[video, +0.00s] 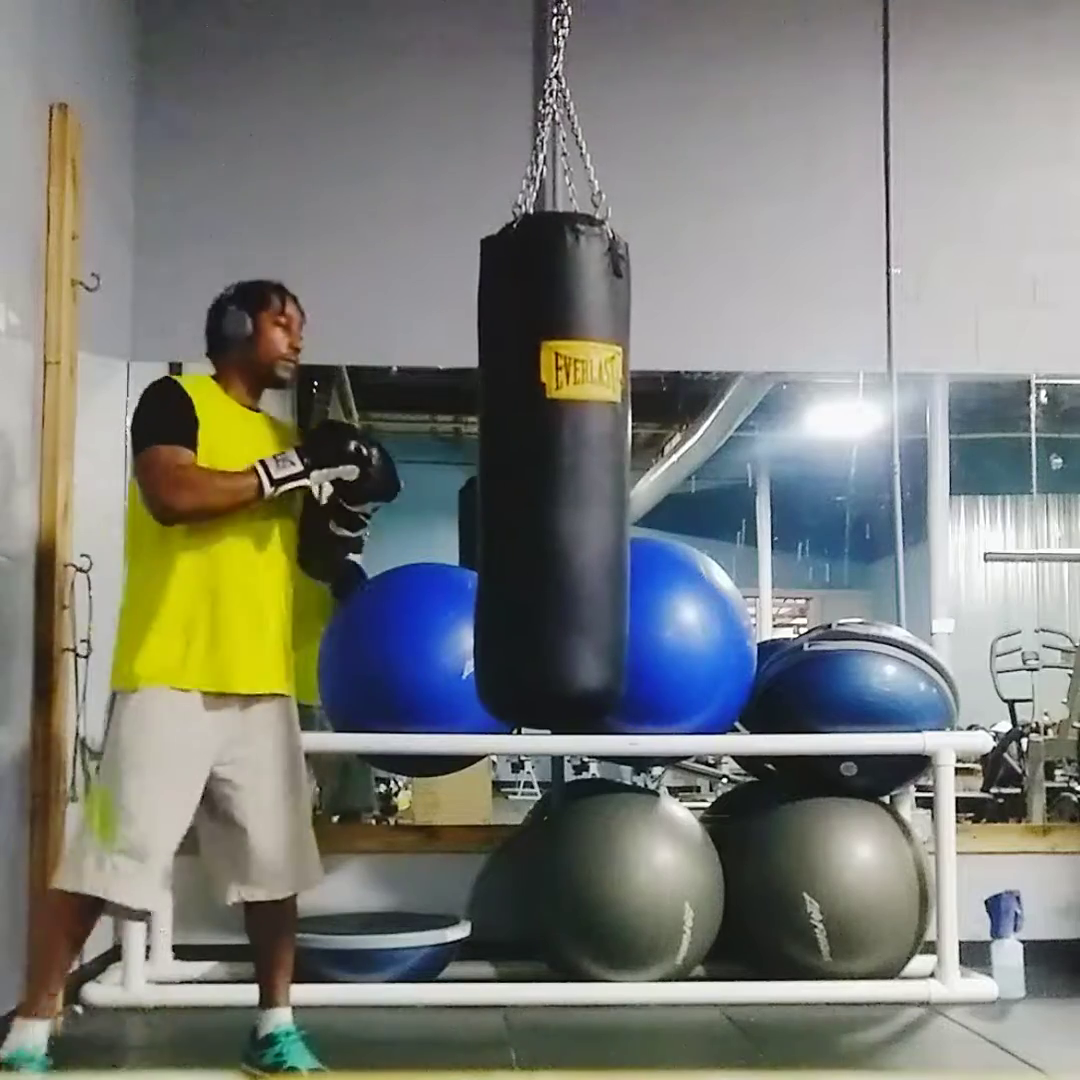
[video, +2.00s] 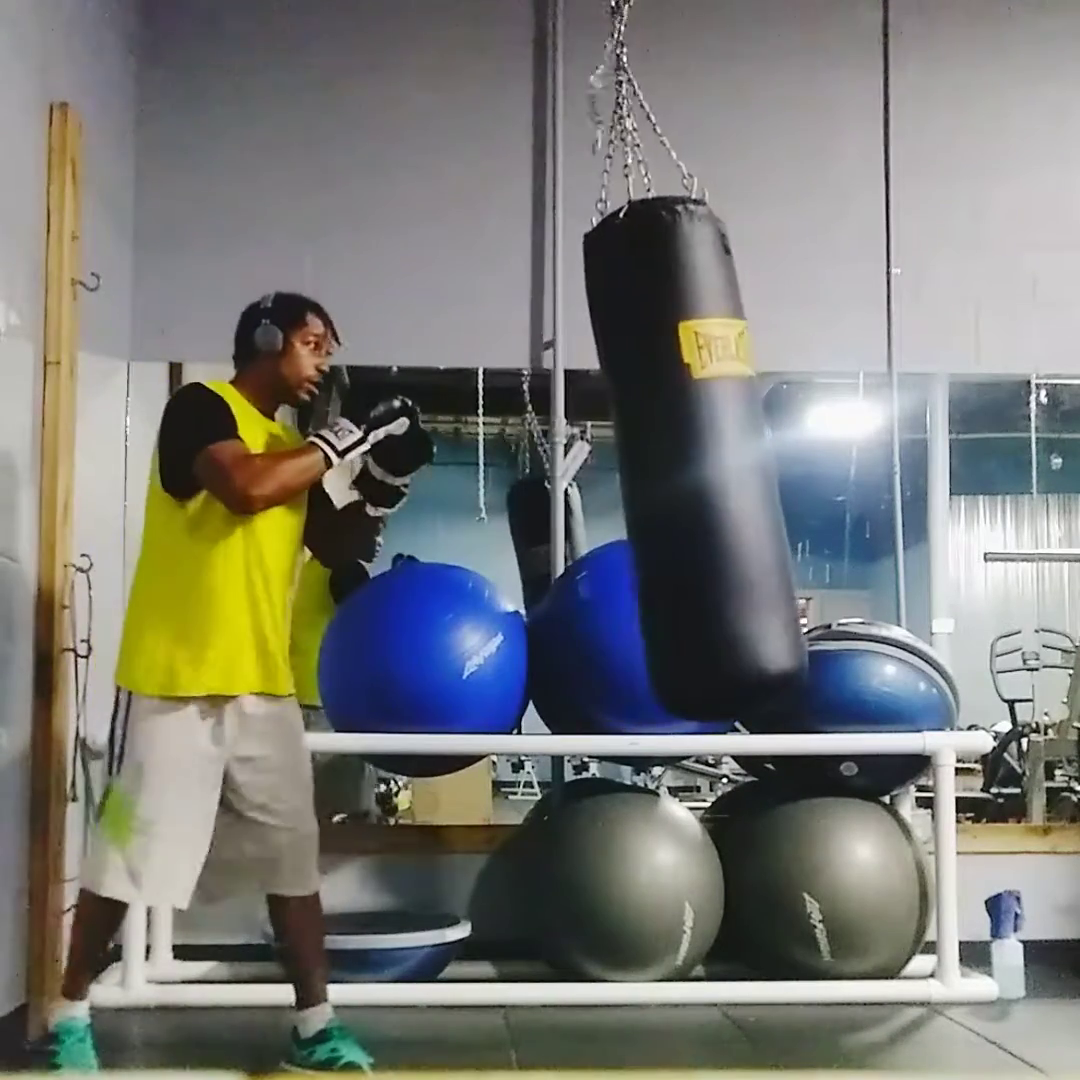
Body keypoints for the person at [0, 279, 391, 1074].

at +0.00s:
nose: (298, 340)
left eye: (299, 329)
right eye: (286, 324)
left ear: (270, 339)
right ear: (241, 326)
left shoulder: (281, 439)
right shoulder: (174, 399)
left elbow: (309, 560)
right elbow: (170, 493)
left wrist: (341, 514)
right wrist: (294, 464)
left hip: (261, 675)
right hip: (168, 669)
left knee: (273, 857)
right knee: (107, 849)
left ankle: (276, 1026)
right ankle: (32, 1024)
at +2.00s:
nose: (325, 360)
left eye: (329, 350)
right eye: (314, 343)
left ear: (307, 360)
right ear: (268, 340)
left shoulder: (293, 446)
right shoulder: (198, 404)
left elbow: (333, 548)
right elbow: (247, 485)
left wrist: (374, 490)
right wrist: (340, 443)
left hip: (262, 677)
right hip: (174, 670)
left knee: (292, 851)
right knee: (128, 853)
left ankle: (316, 1026)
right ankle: (67, 1015)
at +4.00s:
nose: (425, 394)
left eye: (436, 385)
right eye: (411, 381)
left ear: (445, 398)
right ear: (376, 387)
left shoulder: (451, 468)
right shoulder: (333, 453)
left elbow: (525, 578)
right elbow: (312, 528)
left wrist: (504, 500)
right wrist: (401, 461)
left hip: (447, 681)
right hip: (352, 682)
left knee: (493, 842)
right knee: (333, 848)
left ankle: (536, 1007)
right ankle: (323, 992)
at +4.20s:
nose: (441, 382)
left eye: (456, 372)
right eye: (429, 370)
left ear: (473, 387)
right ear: (405, 383)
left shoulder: (507, 450)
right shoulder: (378, 458)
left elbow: (552, 545)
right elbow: (324, 538)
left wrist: (554, 464)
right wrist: (376, 444)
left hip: (486, 678)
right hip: (395, 681)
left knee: (515, 846)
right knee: (370, 847)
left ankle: (538, 1009)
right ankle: (345, 988)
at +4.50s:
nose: (465, 404)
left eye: (479, 391)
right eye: (455, 393)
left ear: (505, 400)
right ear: (439, 403)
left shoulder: (534, 472)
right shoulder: (423, 482)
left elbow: (577, 504)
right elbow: (365, 559)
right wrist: (406, 471)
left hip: (528, 682)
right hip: (452, 687)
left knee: (545, 836)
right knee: (445, 851)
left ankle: (590, 1003)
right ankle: (460, 991)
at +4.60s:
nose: (470, 402)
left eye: (484, 389)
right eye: (461, 389)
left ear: (511, 399)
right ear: (446, 403)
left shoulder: (541, 470)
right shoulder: (437, 480)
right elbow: (383, 562)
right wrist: (414, 481)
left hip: (542, 692)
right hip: (469, 695)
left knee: (581, 852)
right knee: (469, 849)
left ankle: (612, 1011)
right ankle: (465, 987)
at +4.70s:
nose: (490, 413)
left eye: (498, 397)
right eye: (483, 401)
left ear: (531, 404)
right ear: (472, 417)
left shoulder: (578, 459)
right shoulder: (465, 477)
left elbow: (651, 478)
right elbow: (399, 554)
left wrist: (597, 399)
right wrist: (422, 470)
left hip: (575, 689)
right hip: (492, 689)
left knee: (598, 849)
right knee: (500, 849)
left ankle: (615, 1012)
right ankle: (517, 984)